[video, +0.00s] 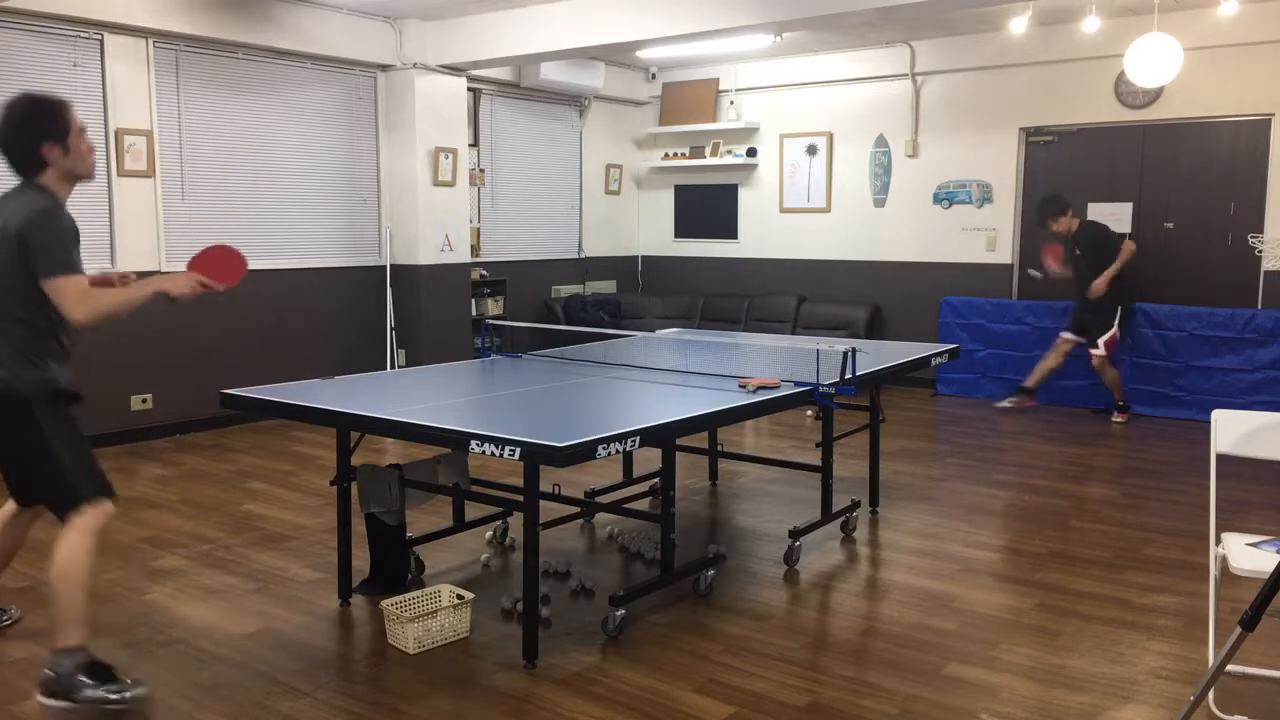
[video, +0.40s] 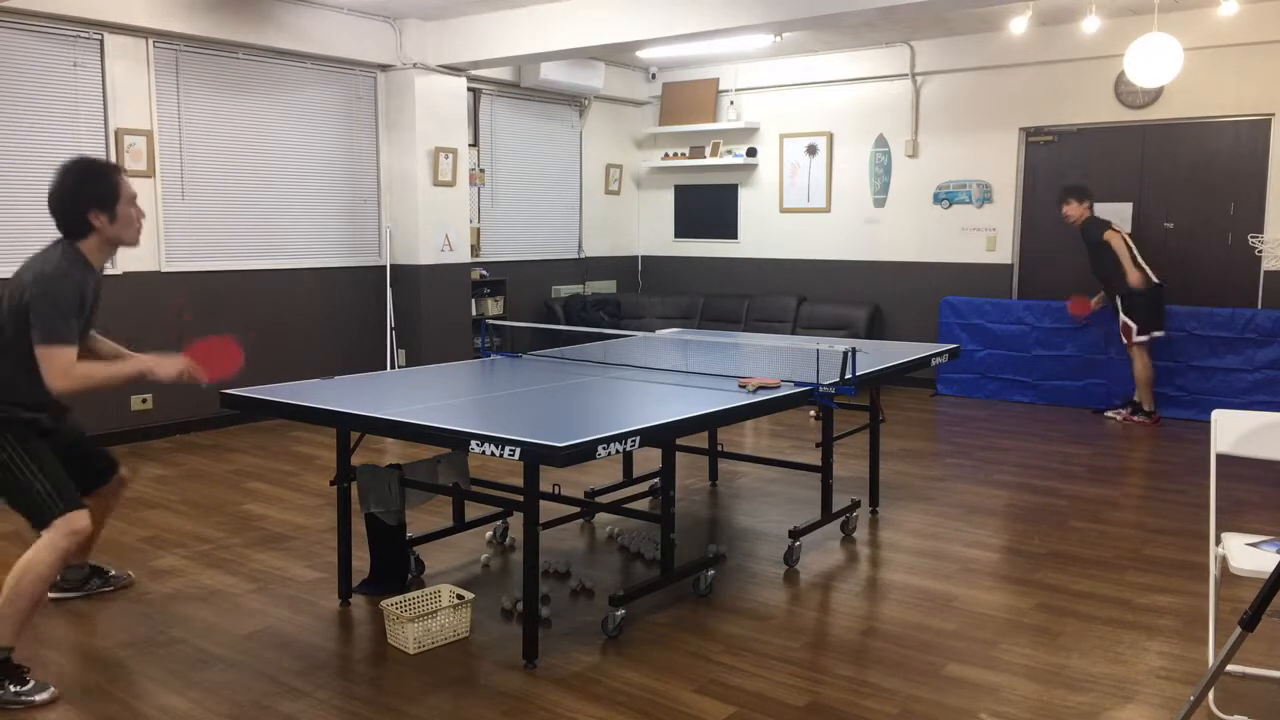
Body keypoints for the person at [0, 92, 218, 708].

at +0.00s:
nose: (92, 143)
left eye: (86, 132)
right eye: (81, 135)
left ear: (41, 153)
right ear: (52, 152)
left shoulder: (17, 208)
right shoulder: (45, 217)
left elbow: (32, 293)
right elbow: (79, 308)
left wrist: (98, 283)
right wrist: (160, 287)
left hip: (10, 388)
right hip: (30, 392)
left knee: (29, 500)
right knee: (90, 505)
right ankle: (69, 663)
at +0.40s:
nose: (140, 210)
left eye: (136, 200)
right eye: (130, 202)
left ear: (98, 217)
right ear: (98, 217)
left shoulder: (84, 267)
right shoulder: (56, 275)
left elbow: (80, 340)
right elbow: (60, 380)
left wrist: (147, 361)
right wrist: (144, 367)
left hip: (37, 411)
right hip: (6, 420)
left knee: (107, 483)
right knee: (70, 525)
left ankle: (70, 573)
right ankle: (0, 660)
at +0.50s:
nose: (140, 221)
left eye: (135, 211)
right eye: (129, 215)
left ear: (98, 229)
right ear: (95, 231)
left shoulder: (109, 272)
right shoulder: (45, 292)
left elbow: (100, 322)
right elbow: (42, 392)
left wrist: (150, 362)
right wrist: (127, 406)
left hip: (51, 409)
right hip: (9, 419)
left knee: (127, 479)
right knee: (78, 500)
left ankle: (72, 569)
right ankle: (17, 650)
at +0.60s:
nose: (137, 233)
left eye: (132, 221)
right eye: (125, 226)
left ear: (95, 241)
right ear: (89, 243)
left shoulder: (120, 278)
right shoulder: (34, 305)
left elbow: (124, 331)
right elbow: (14, 404)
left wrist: (153, 367)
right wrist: (81, 453)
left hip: (70, 409)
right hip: (19, 417)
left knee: (135, 477)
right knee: (84, 490)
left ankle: (80, 561)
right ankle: (42, 635)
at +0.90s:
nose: (121, 267)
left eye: (115, 254)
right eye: (104, 261)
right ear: (65, 281)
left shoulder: (132, 306)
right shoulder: (20, 327)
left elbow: (197, 341)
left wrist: (219, 369)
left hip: (107, 428)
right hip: (41, 431)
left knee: (162, 512)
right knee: (84, 505)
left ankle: (91, 549)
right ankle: (39, 638)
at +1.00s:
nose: (121, 240)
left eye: (117, 228)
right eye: (107, 235)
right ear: (67, 253)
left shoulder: (136, 276)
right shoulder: (27, 305)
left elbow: (202, 292)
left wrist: (257, 340)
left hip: (121, 416)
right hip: (63, 420)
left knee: (158, 503)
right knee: (108, 508)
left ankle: (92, 550)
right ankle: (42, 636)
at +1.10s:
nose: (122, 186)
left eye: (119, 173)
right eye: (107, 183)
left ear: (122, 171)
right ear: (76, 201)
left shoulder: (132, 218)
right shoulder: (77, 270)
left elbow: (141, 265)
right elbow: (58, 362)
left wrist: (178, 281)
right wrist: (17, 408)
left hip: (133, 391)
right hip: (93, 402)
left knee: (171, 467)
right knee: (147, 509)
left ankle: (122, 548)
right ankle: (37, 624)